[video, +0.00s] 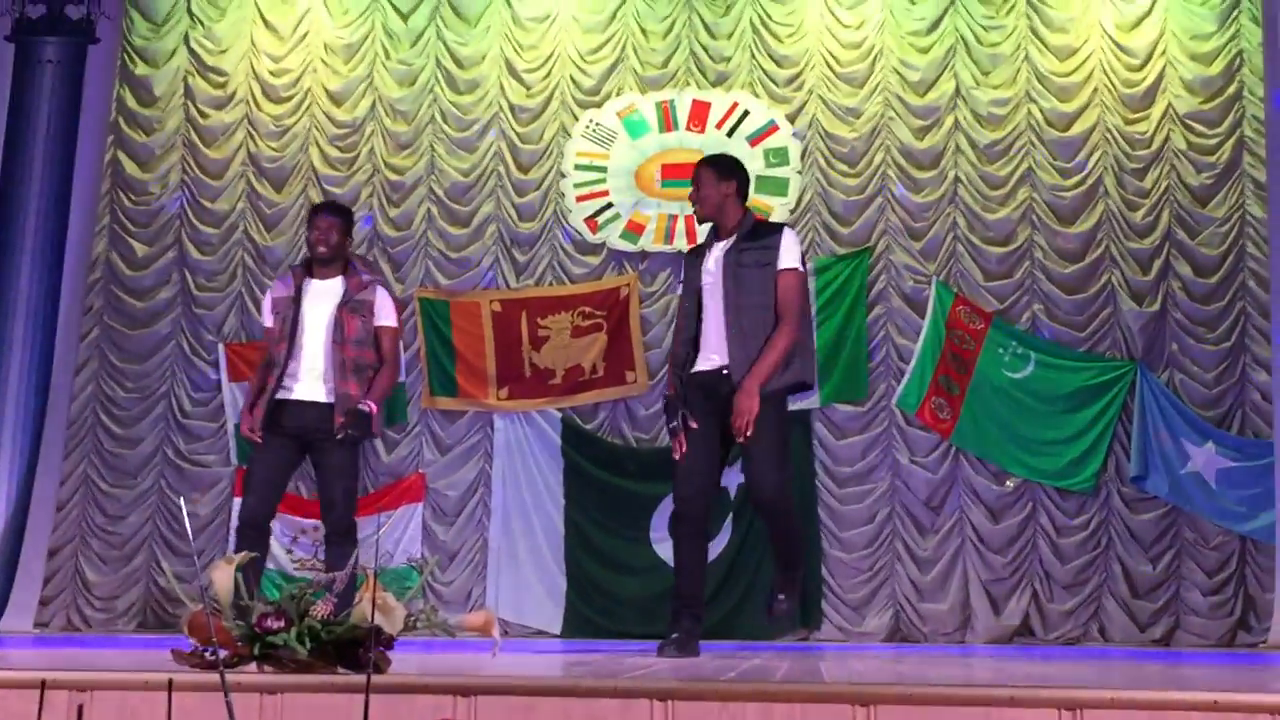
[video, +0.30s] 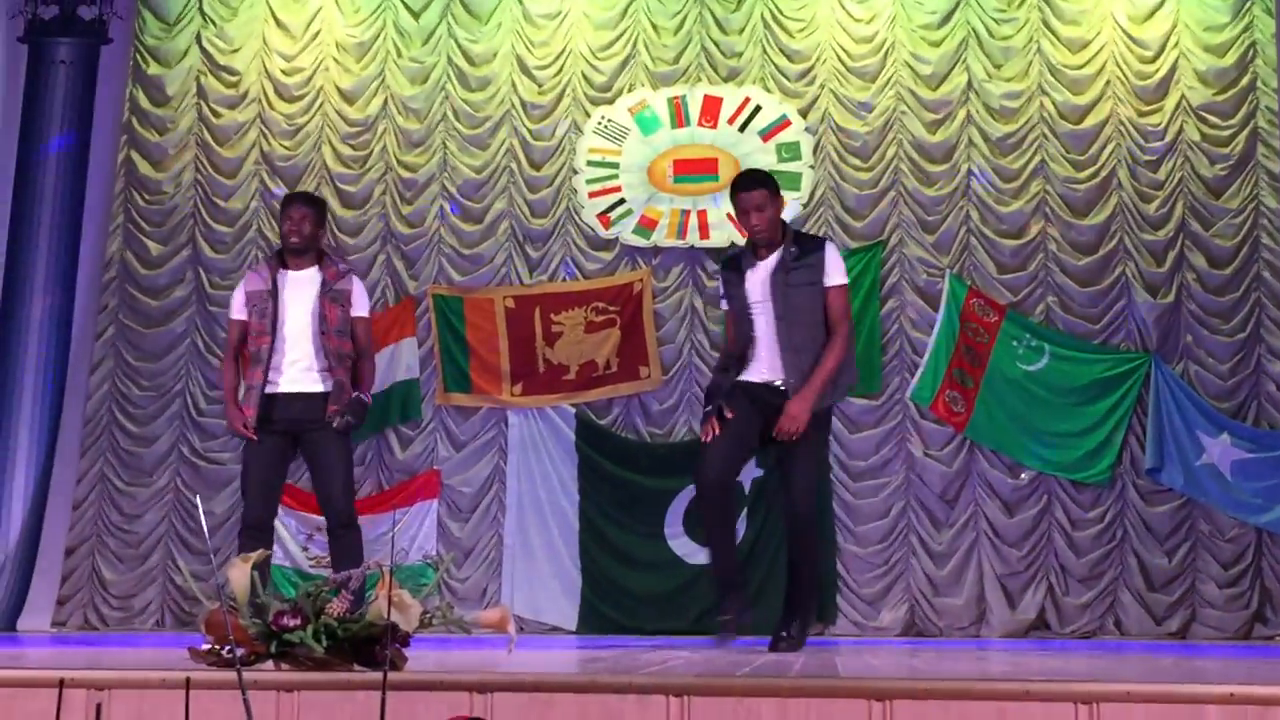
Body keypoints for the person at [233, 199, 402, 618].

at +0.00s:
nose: (321, 238)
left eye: (331, 231)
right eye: (315, 230)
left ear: (347, 239)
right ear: (306, 236)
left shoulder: (372, 293)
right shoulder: (283, 288)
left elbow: (391, 362)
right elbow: (272, 357)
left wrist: (368, 406)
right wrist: (254, 404)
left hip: (338, 421)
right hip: (281, 418)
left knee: (339, 523)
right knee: (253, 515)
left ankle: (338, 621)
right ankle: (241, 615)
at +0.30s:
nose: (295, 228)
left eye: (305, 221)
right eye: (288, 221)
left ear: (321, 229)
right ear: (280, 227)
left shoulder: (347, 284)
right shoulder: (253, 283)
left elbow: (364, 352)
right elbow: (233, 352)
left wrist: (360, 399)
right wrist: (231, 405)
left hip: (325, 412)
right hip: (268, 412)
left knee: (341, 515)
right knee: (255, 517)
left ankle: (351, 613)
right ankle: (249, 616)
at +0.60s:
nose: (295, 231)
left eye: (304, 224)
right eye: (288, 224)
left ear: (320, 231)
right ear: (278, 230)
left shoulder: (341, 276)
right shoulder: (252, 282)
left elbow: (362, 340)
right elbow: (218, 351)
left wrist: (356, 392)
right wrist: (217, 412)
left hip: (320, 408)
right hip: (262, 412)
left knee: (343, 513)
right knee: (254, 518)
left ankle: (359, 613)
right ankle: (253, 618)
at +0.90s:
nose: (362, 199)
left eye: (371, 193)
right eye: (356, 192)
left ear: (386, 200)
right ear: (346, 197)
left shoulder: (407, 246)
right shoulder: (320, 242)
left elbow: (421, 309)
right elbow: (289, 308)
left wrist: (425, 362)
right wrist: (266, 365)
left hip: (378, 378)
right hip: (319, 374)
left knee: (388, 478)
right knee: (293, 472)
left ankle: (395, 576)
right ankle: (294, 577)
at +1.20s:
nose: (345, 167)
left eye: (353, 160)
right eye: (337, 159)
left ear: (366, 165)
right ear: (327, 163)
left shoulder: (388, 213)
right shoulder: (301, 219)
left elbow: (411, 269)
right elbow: (276, 282)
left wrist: (428, 325)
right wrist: (251, 332)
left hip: (371, 339)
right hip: (315, 341)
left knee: (394, 432)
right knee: (299, 439)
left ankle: (411, 529)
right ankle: (306, 531)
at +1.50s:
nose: (367, 209)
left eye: (375, 202)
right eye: (361, 202)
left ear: (390, 208)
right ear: (350, 208)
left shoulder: (412, 261)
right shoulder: (326, 257)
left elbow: (423, 326)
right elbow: (307, 329)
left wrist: (428, 377)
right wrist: (290, 392)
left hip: (395, 385)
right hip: (340, 386)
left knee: (415, 478)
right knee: (328, 483)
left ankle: (431, 568)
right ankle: (338, 572)